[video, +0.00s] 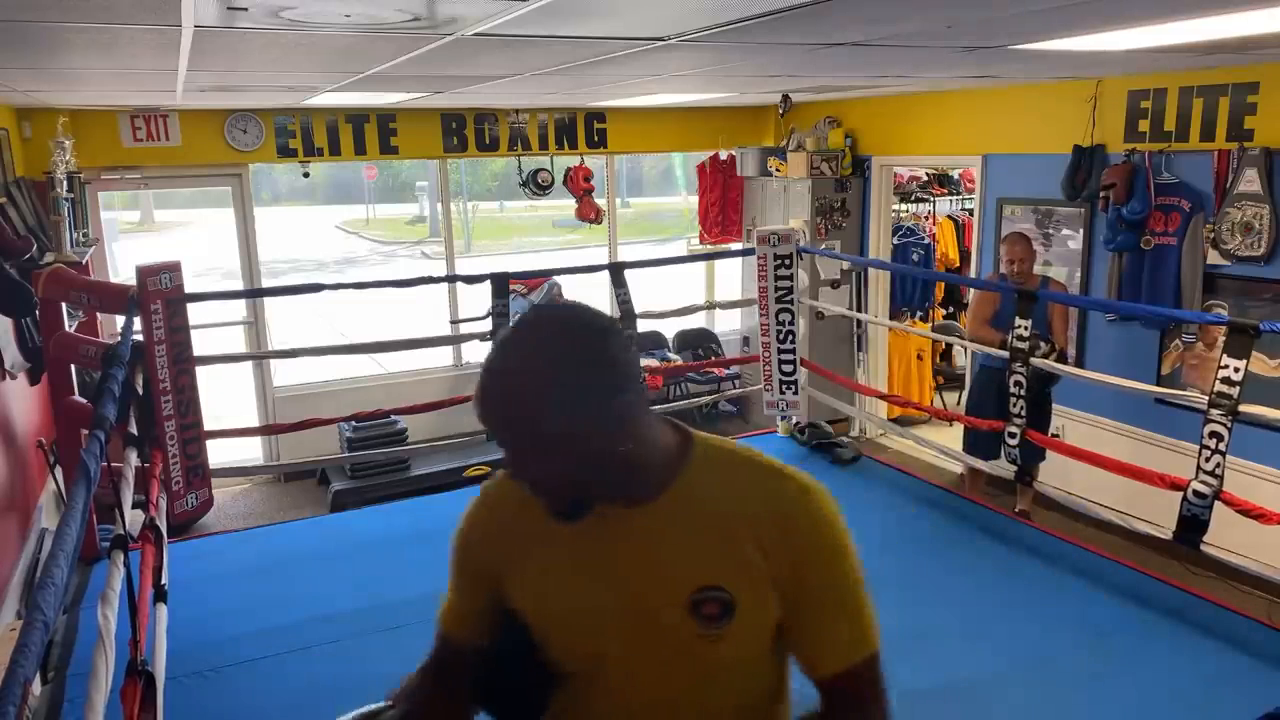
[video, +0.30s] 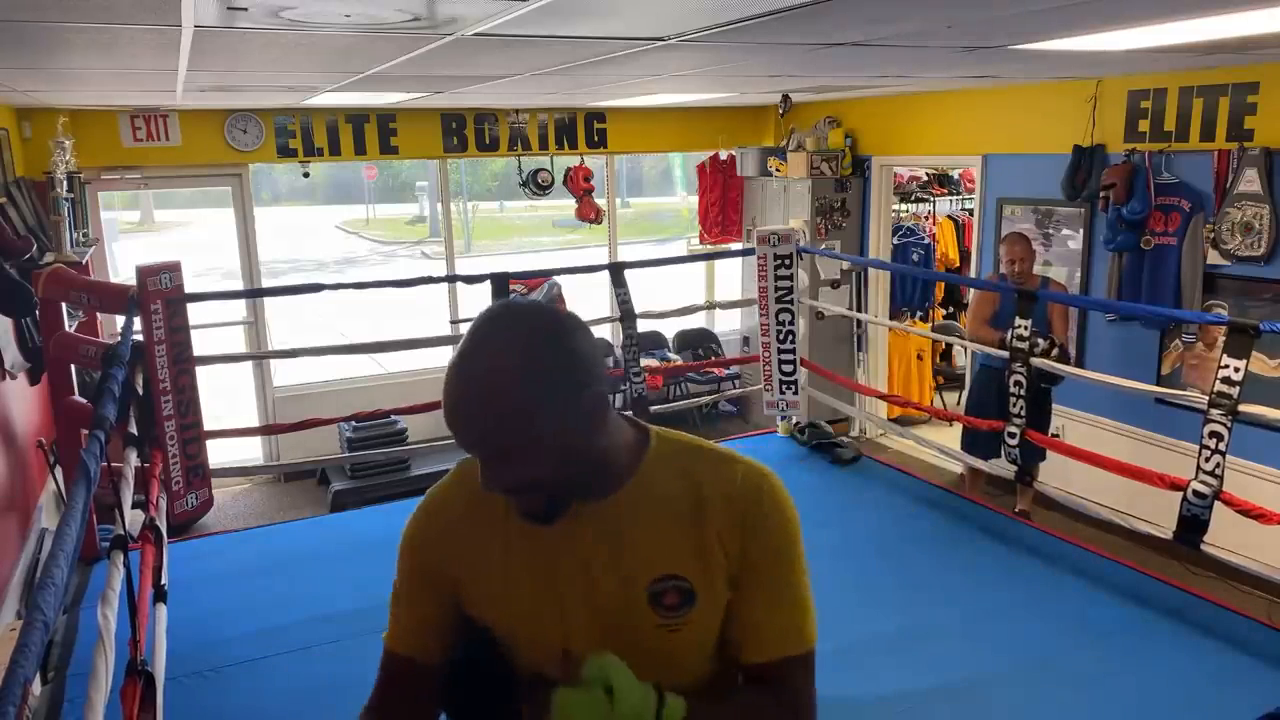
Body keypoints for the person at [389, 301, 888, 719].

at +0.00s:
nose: (512, 472)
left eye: (522, 447)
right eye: (501, 446)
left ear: (597, 424)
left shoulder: (784, 515)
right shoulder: (497, 517)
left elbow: (856, 699)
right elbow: (449, 676)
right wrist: (394, 711)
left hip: (735, 704)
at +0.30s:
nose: (499, 488)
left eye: (522, 468)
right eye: (480, 462)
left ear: (594, 407)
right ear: (464, 433)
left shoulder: (742, 504)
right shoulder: (445, 521)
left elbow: (787, 701)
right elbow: (400, 698)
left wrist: (652, 707)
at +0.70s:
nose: (530, 472)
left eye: (547, 443)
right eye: (514, 445)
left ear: (627, 400)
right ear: (498, 423)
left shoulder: (770, 501)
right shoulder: (487, 509)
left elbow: (774, 707)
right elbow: (451, 704)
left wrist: (585, 705)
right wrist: (484, 688)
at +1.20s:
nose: (606, 464)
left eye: (625, 438)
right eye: (591, 436)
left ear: (707, 388)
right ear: (575, 414)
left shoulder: (834, 499)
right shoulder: (551, 496)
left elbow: (815, 705)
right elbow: (504, 700)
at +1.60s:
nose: (584, 486)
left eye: (615, 456)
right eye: (565, 455)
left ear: (680, 417)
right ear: (546, 426)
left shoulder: (783, 503)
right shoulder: (495, 516)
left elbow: (826, 707)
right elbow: (459, 701)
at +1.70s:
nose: (531, 489)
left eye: (559, 461)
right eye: (513, 460)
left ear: (626, 428)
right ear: (495, 436)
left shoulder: (732, 496)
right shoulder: (451, 534)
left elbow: (796, 684)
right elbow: (420, 706)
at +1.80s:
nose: (472, 511)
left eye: (503, 482)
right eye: (451, 480)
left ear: (574, 437)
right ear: (432, 453)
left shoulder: (678, 488)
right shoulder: (390, 564)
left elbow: (745, 685)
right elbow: (368, 709)